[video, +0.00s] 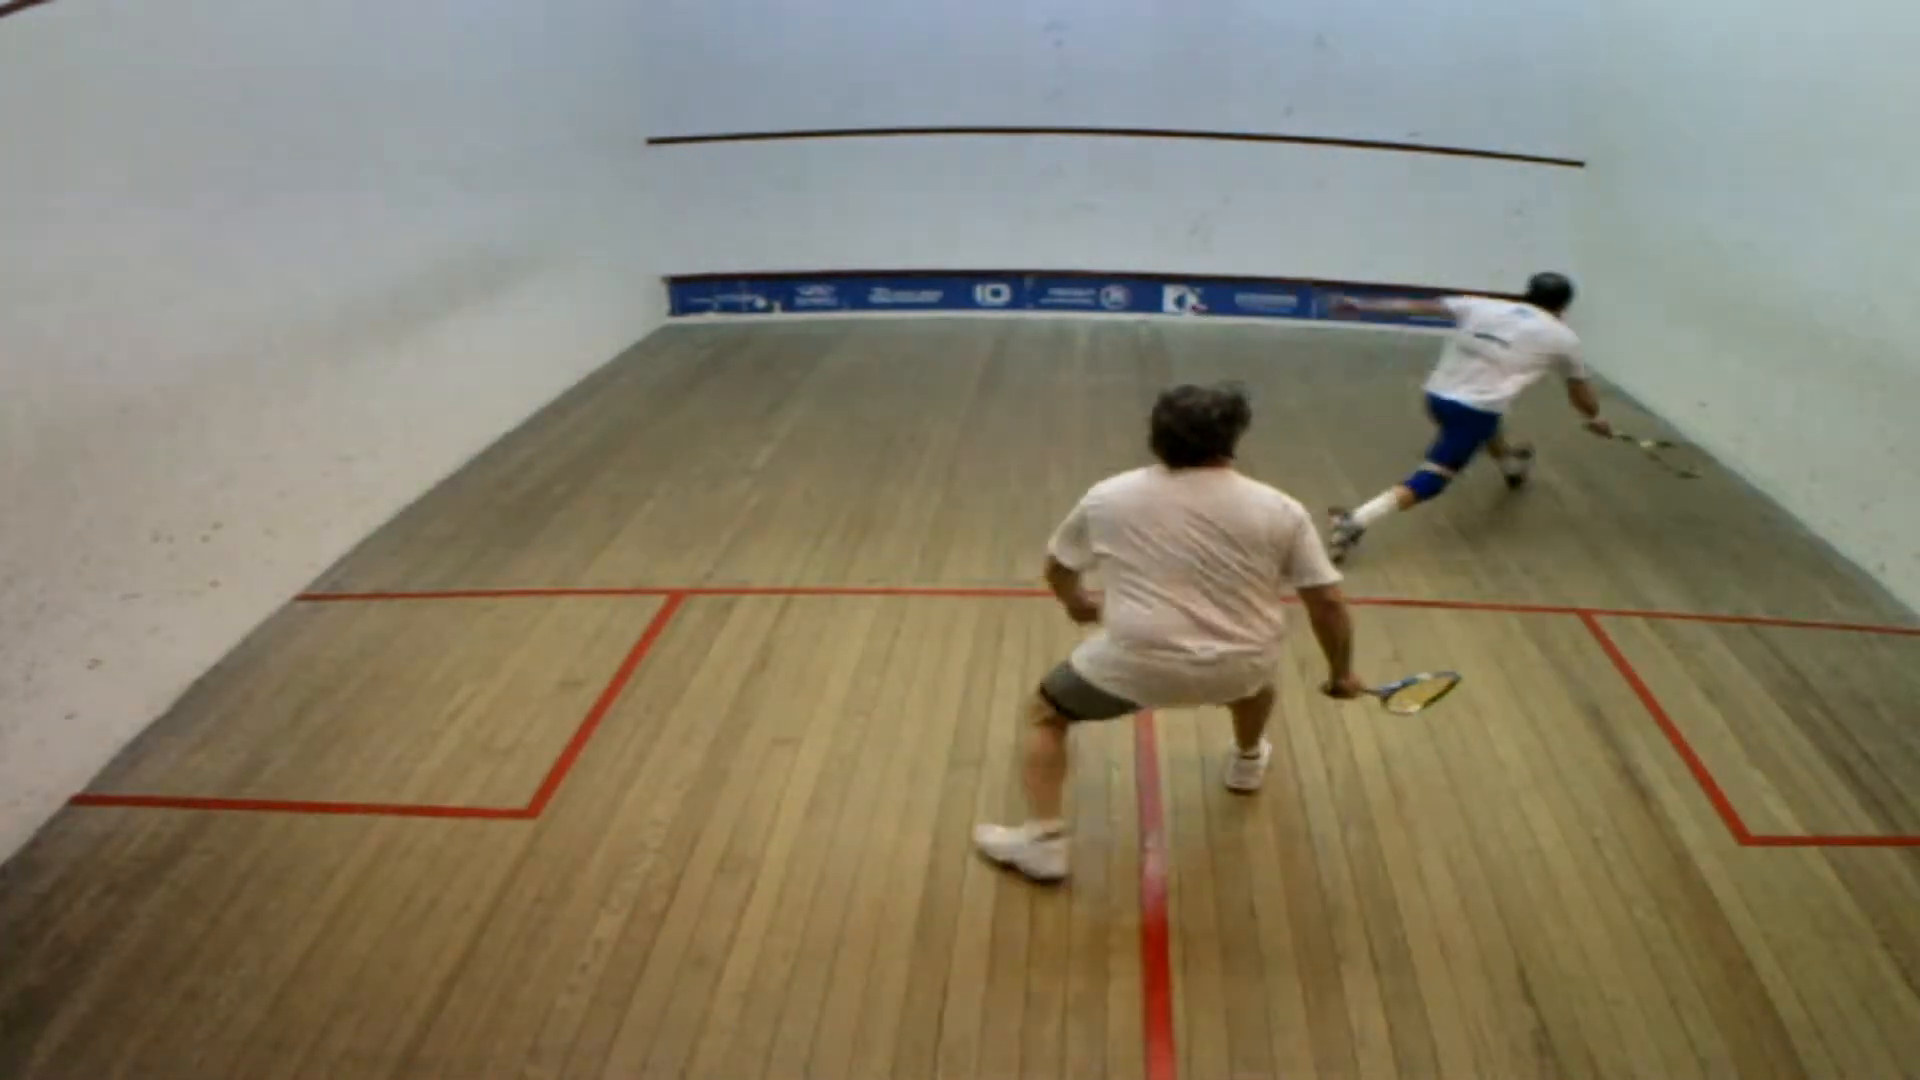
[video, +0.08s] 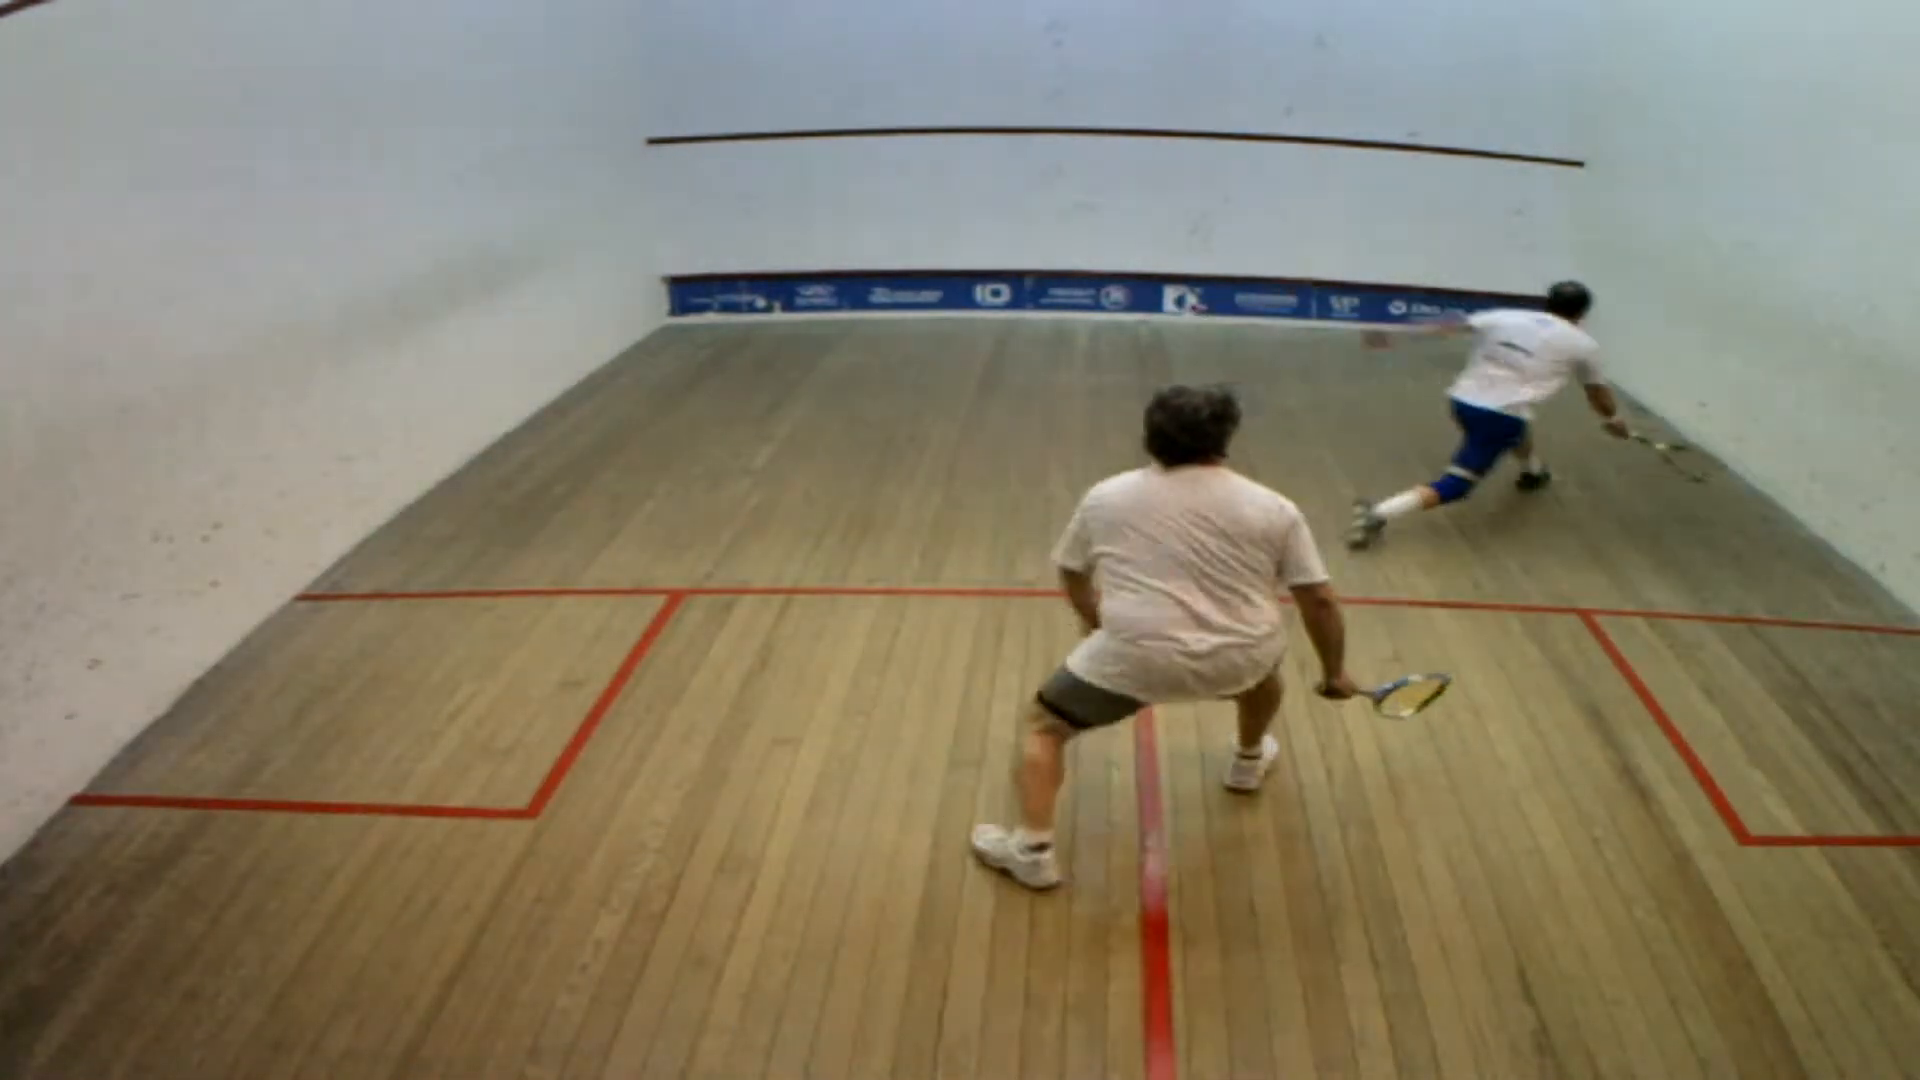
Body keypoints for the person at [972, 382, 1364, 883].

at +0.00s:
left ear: (1159, 438)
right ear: (1231, 440)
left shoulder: (1112, 498)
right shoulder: (1277, 511)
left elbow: (1059, 568)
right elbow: (1327, 604)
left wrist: (1078, 605)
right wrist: (1341, 673)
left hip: (1136, 665)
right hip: (1239, 670)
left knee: (1045, 712)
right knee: (1256, 678)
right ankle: (1248, 760)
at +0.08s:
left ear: (1152, 442)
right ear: (1224, 443)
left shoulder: (1108, 499)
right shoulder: (1271, 510)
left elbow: (1073, 573)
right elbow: (1318, 602)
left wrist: (1100, 629)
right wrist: (1335, 674)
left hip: (1134, 657)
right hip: (1238, 661)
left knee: (1045, 725)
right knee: (1264, 664)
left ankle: (1033, 846)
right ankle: (1250, 758)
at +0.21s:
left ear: (1208, 416)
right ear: (1273, 423)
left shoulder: (1164, 463)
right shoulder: (1304, 484)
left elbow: (1152, 535)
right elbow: (1354, 574)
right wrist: (1369, 646)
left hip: (1148, 609)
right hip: (1240, 620)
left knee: (1081, 709)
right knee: (1260, 673)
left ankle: (1043, 826)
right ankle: (1203, 763)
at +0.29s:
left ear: (1264, 396)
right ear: (1324, 408)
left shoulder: (1214, 438)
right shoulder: (1344, 468)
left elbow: (1157, 495)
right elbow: (1383, 556)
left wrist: (1168, 552)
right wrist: (1382, 605)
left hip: (1166, 580)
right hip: (1253, 593)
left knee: (1119, 655)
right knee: (1268, 672)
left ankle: (1092, 742)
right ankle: (1202, 760)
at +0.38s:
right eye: (1345, 394)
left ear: (1285, 390)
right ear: (1344, 399)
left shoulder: (1232, 427)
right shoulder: (1362, 452)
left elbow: (1163, 477)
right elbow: (1402, 535)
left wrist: (1110, 532)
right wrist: (1384, 562)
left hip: (1185, 555)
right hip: (1266, 569)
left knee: (1163, 622)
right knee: (1273, 669)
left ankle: (1132, 695)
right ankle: (1201, 758)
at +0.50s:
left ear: (1307, 353)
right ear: (1362, 362)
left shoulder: (1274, 390)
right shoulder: (1392, 401)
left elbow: (1199, 425)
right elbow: (1460, 451)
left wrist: (1135, 462)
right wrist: (1441, 495)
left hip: (1254, 509)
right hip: (1325, 530)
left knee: (1237, 562)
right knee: (1289, 619)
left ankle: (1214, 639)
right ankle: (1225, 685)